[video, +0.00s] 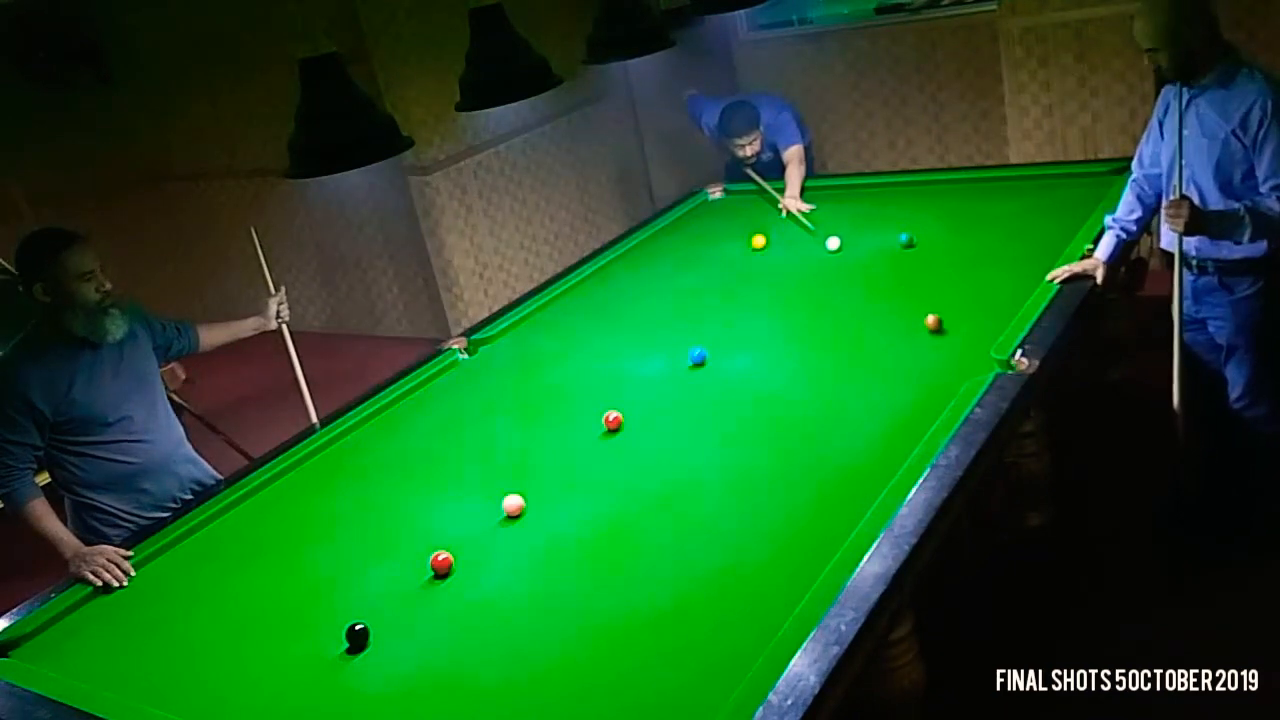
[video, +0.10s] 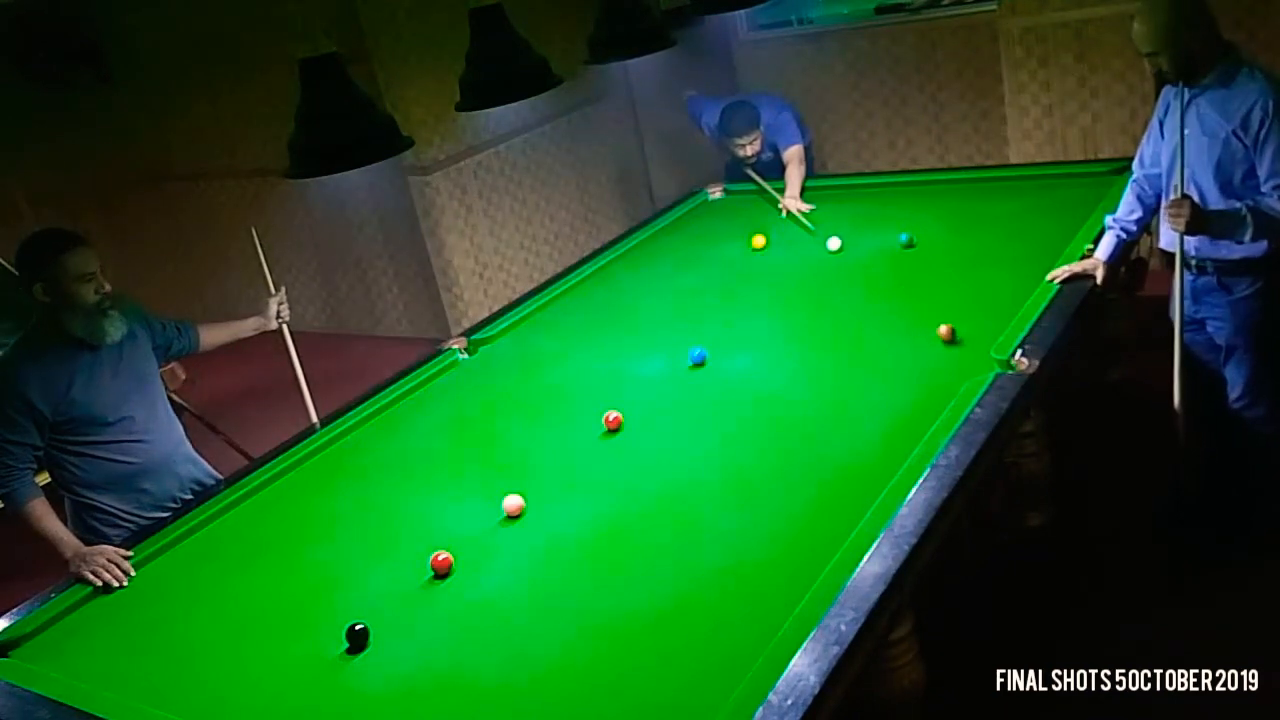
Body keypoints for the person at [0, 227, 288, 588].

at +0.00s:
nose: (104, 285)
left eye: (100, 272)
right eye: (86, 278)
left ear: (104, 269)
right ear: (44, 293)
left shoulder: (132, 325)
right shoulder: (24, 372)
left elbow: (189, 337)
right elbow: (14, 477)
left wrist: (262, 321)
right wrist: (75, 552)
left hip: (205, 504)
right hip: (128, 544)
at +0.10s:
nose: (104, 287)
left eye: (101, 275)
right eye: (86, 280)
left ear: (104, 271)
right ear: (45, 293)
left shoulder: (130, 323)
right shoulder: (24, 373)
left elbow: (187, 337)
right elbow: (14, 477)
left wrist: (261, 321)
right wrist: (75, 552)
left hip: (205, 503)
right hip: (129, 543)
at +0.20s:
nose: (103, 288)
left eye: (101, 275)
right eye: (86, 281)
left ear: (105, 270)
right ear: (44, 293)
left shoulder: (128, 321)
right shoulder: (24, 372)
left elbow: (187, 337)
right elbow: (13, 476)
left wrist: (262, 321)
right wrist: (75, 551)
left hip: (205, 503)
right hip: (129, 543)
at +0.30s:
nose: (103, 289)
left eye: (101, 276)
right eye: (85, 283)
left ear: (104, 270)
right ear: (43, 293)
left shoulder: (128, 321)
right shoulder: (24, 372)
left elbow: (186, 337)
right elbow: (13, 476)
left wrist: (262, 321)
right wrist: (75, 551)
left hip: (205, 503)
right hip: (130, 543)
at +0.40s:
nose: (102, 290)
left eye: (100, 277)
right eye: (85, 283)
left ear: (104, 271)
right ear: (43, 294)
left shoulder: (128, 321)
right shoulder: (23, 372)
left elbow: (186, 336)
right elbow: (13, 477)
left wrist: (261, 321)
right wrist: (75, 551)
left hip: (205, 503)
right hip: (130, 543)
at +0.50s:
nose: (102, 290)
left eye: (100, 277)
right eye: (84, 283)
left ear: (104, 272)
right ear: (44, 295)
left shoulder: (127, 320)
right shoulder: (24, 372)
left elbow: (185, 336)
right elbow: (13, 476)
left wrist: (261, 321)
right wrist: (75, 551)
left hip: (205, 503)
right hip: (130, 543)